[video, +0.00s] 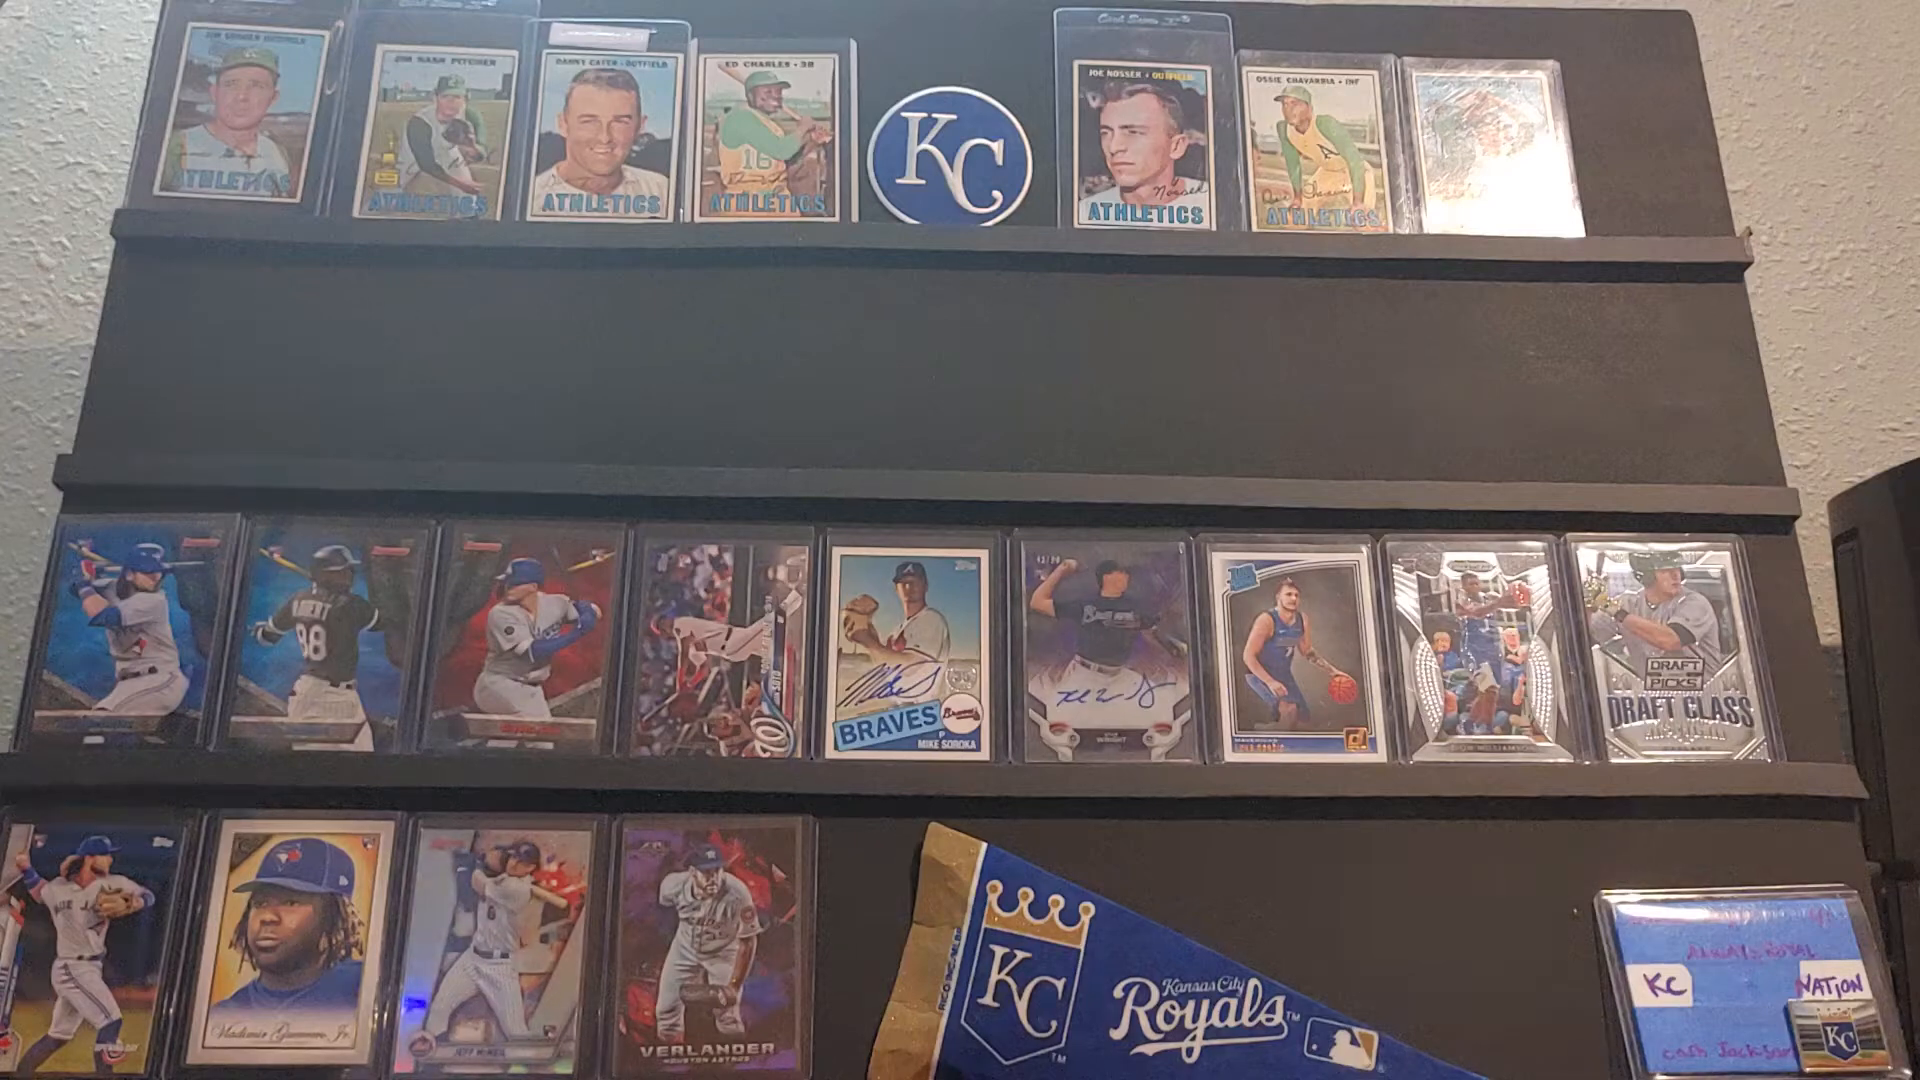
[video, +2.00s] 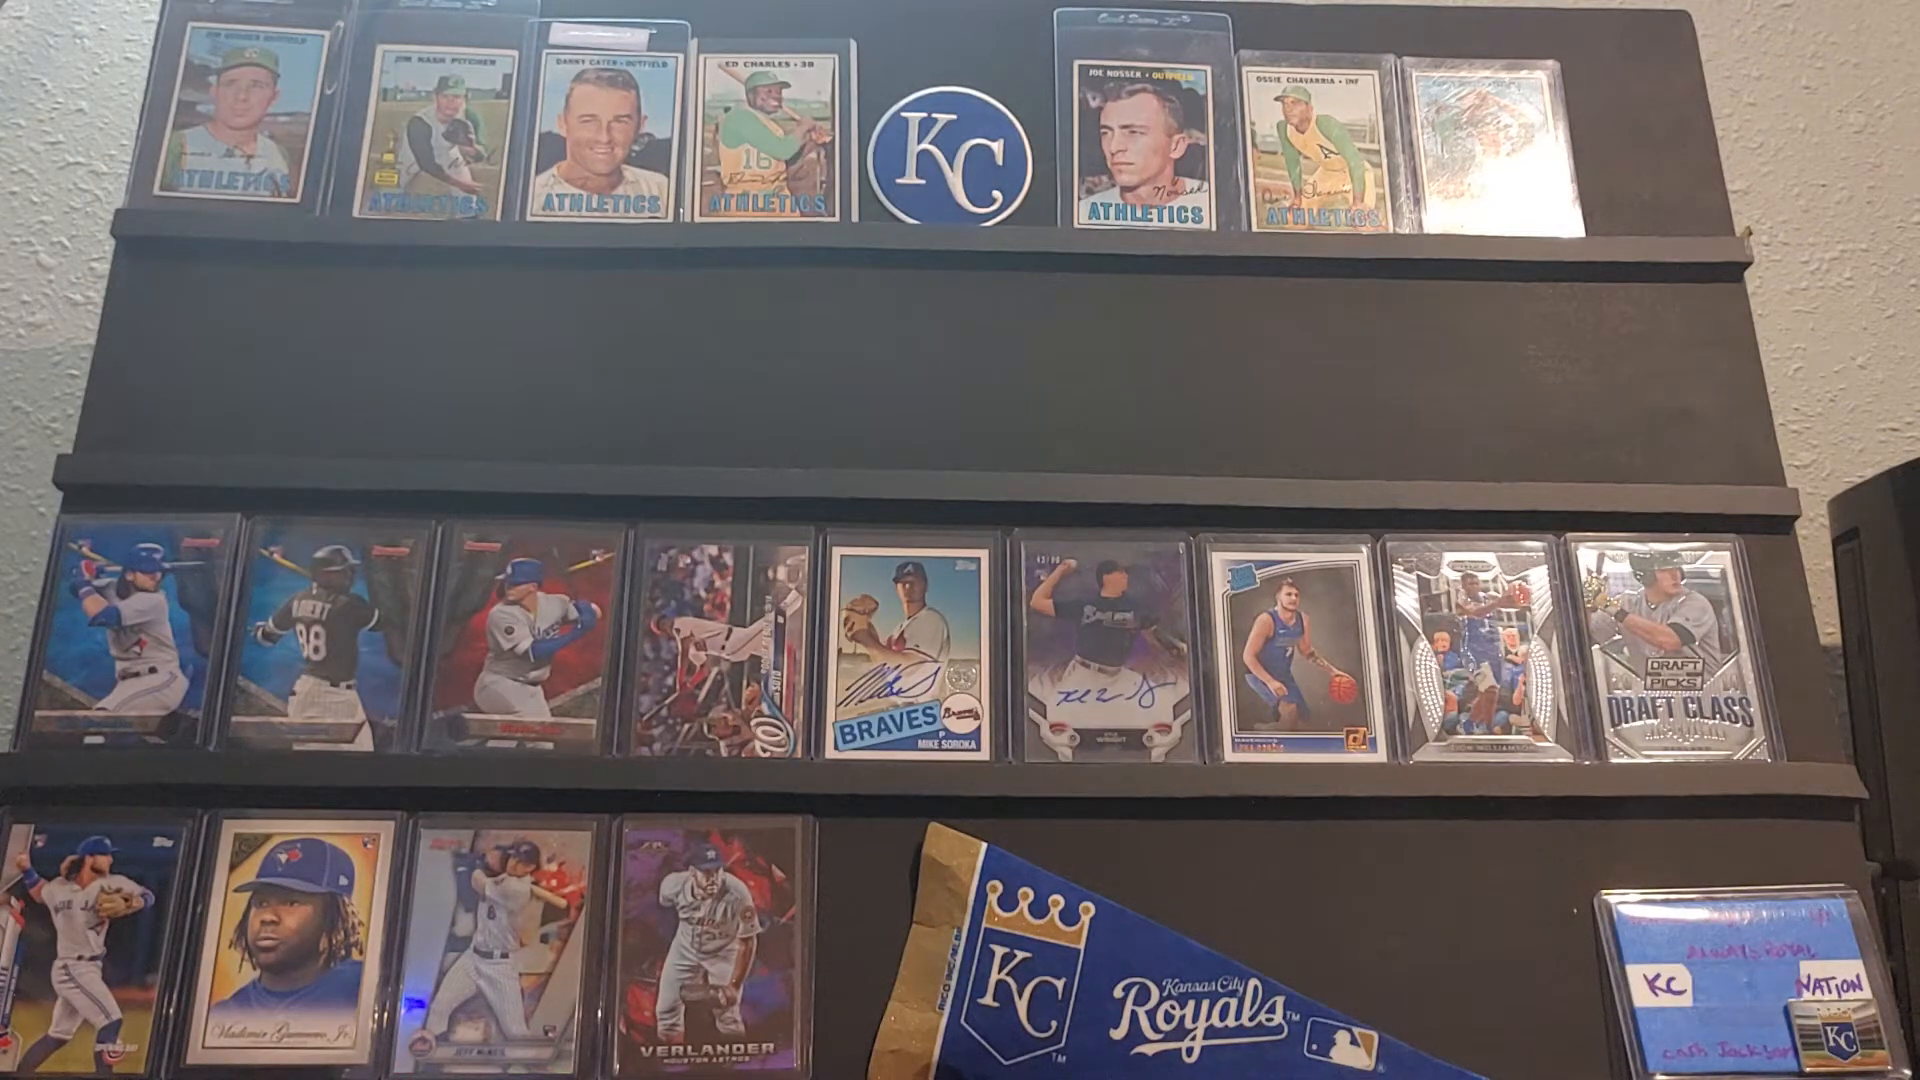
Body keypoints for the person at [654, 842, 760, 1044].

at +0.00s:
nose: (712, 878)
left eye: (716, 871)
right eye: (706, 872)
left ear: (722, 869)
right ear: (692, 871)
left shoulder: (738, 893)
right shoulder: (672, 886)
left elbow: (749, 941)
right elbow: (667, 915)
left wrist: (734, 985)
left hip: (724, 953)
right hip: (684, 947)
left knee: (727, 1016)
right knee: (666, 1011)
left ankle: (740, 1071)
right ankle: (673, 1071)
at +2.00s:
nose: (712, 878)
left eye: (716, 871)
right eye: (705, 872)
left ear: (722, 869)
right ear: (691, 870)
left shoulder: (738, 893)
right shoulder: (673, 885)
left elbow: (748, 941)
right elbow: (666, 914)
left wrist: (735, 985)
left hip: (724, 953)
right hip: (684, 947)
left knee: (727, 1015)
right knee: (666, 1009)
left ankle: (739, 1068)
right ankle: (673, 1071)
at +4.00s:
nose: (711, 878)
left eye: (716, 872)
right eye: (705, 872)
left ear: (722, 870)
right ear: (693, 871)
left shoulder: (738, 893)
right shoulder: (673, 885)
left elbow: (748, 941)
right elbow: (666, 907)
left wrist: (735, 985)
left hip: (724, 953)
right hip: (684, 947)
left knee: (727, 1014)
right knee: (666, 1009)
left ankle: (739, 1069)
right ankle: (674, 1069)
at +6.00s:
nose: (712, 878)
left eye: (716, 871)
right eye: (705, 872)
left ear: (722, 869)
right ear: (693, 870)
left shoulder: (738, 893)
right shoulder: (673, 886)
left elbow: (749, 941)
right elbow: (667, 910)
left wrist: (735, 985)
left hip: (724, 953)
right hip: (684, 948)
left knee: (727, 1015)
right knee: (666, 1009)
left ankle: (740, 1068)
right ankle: (673, 1071)